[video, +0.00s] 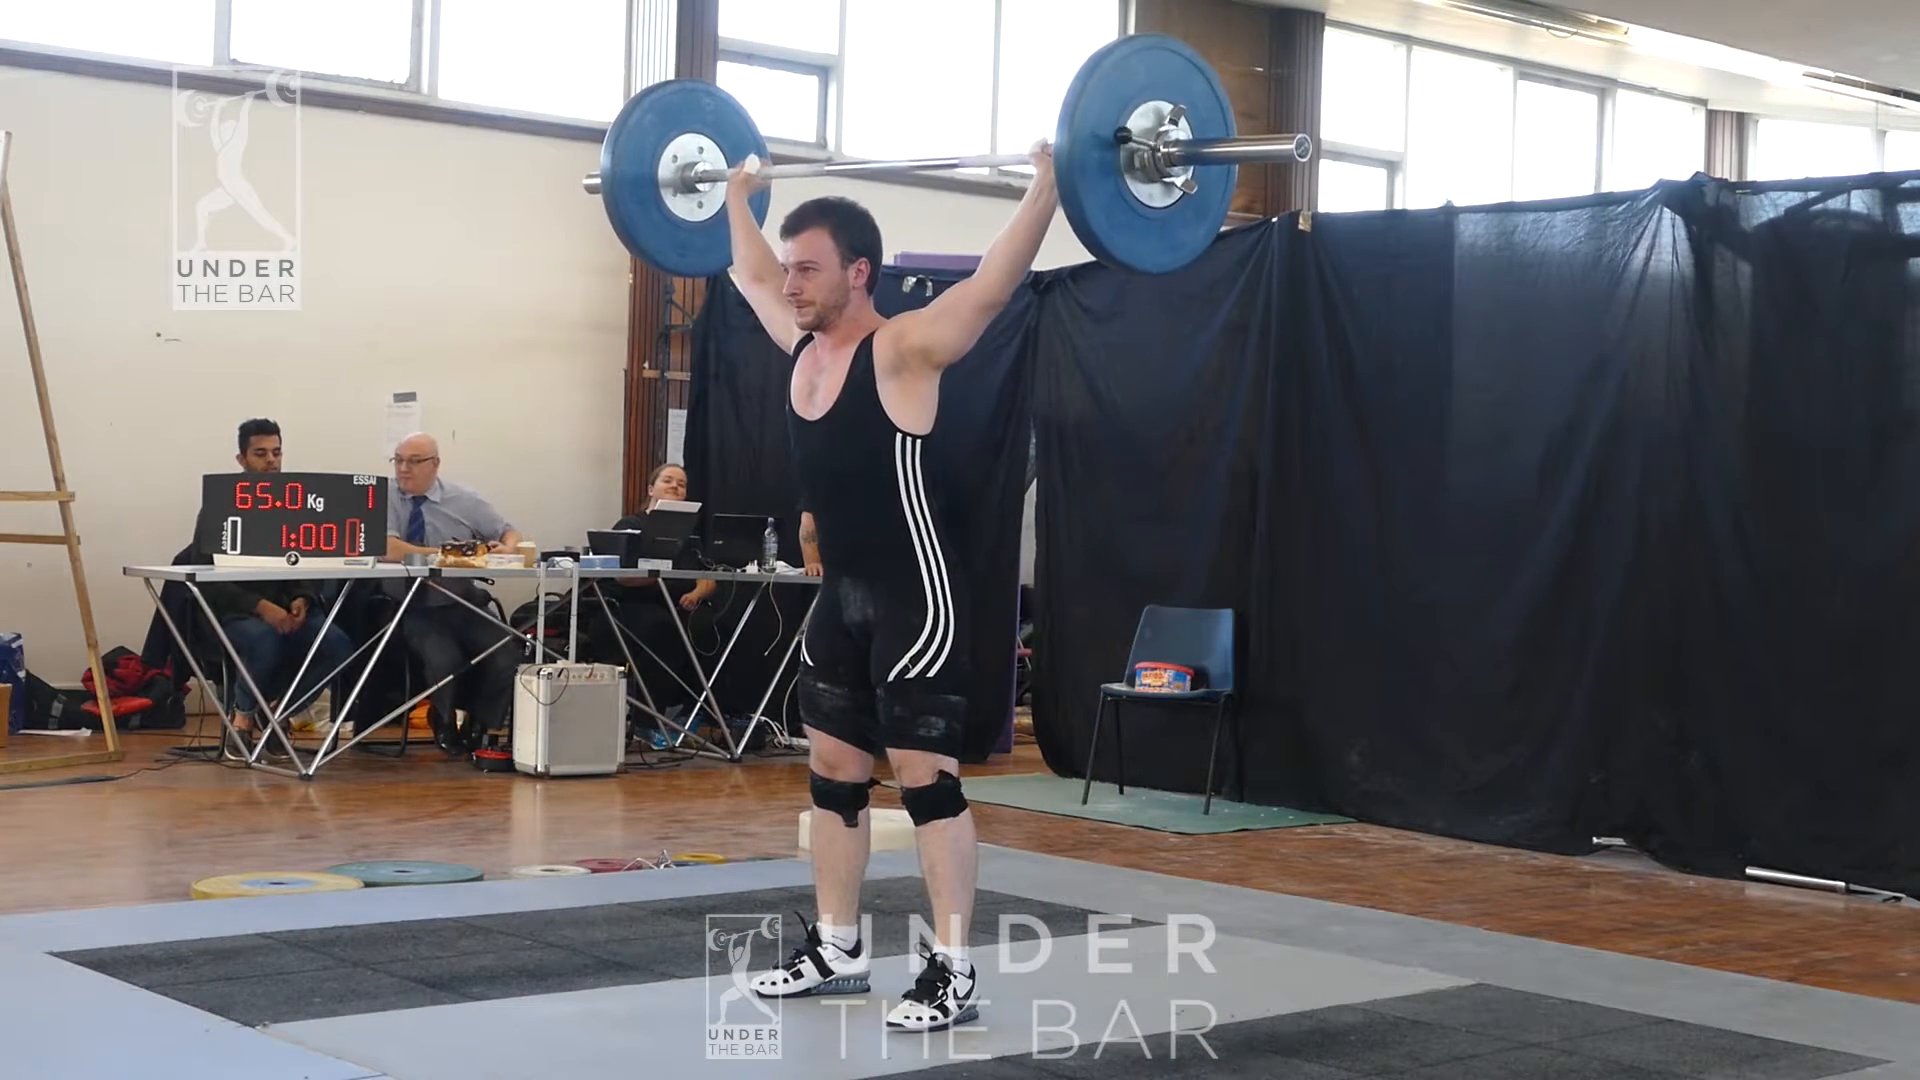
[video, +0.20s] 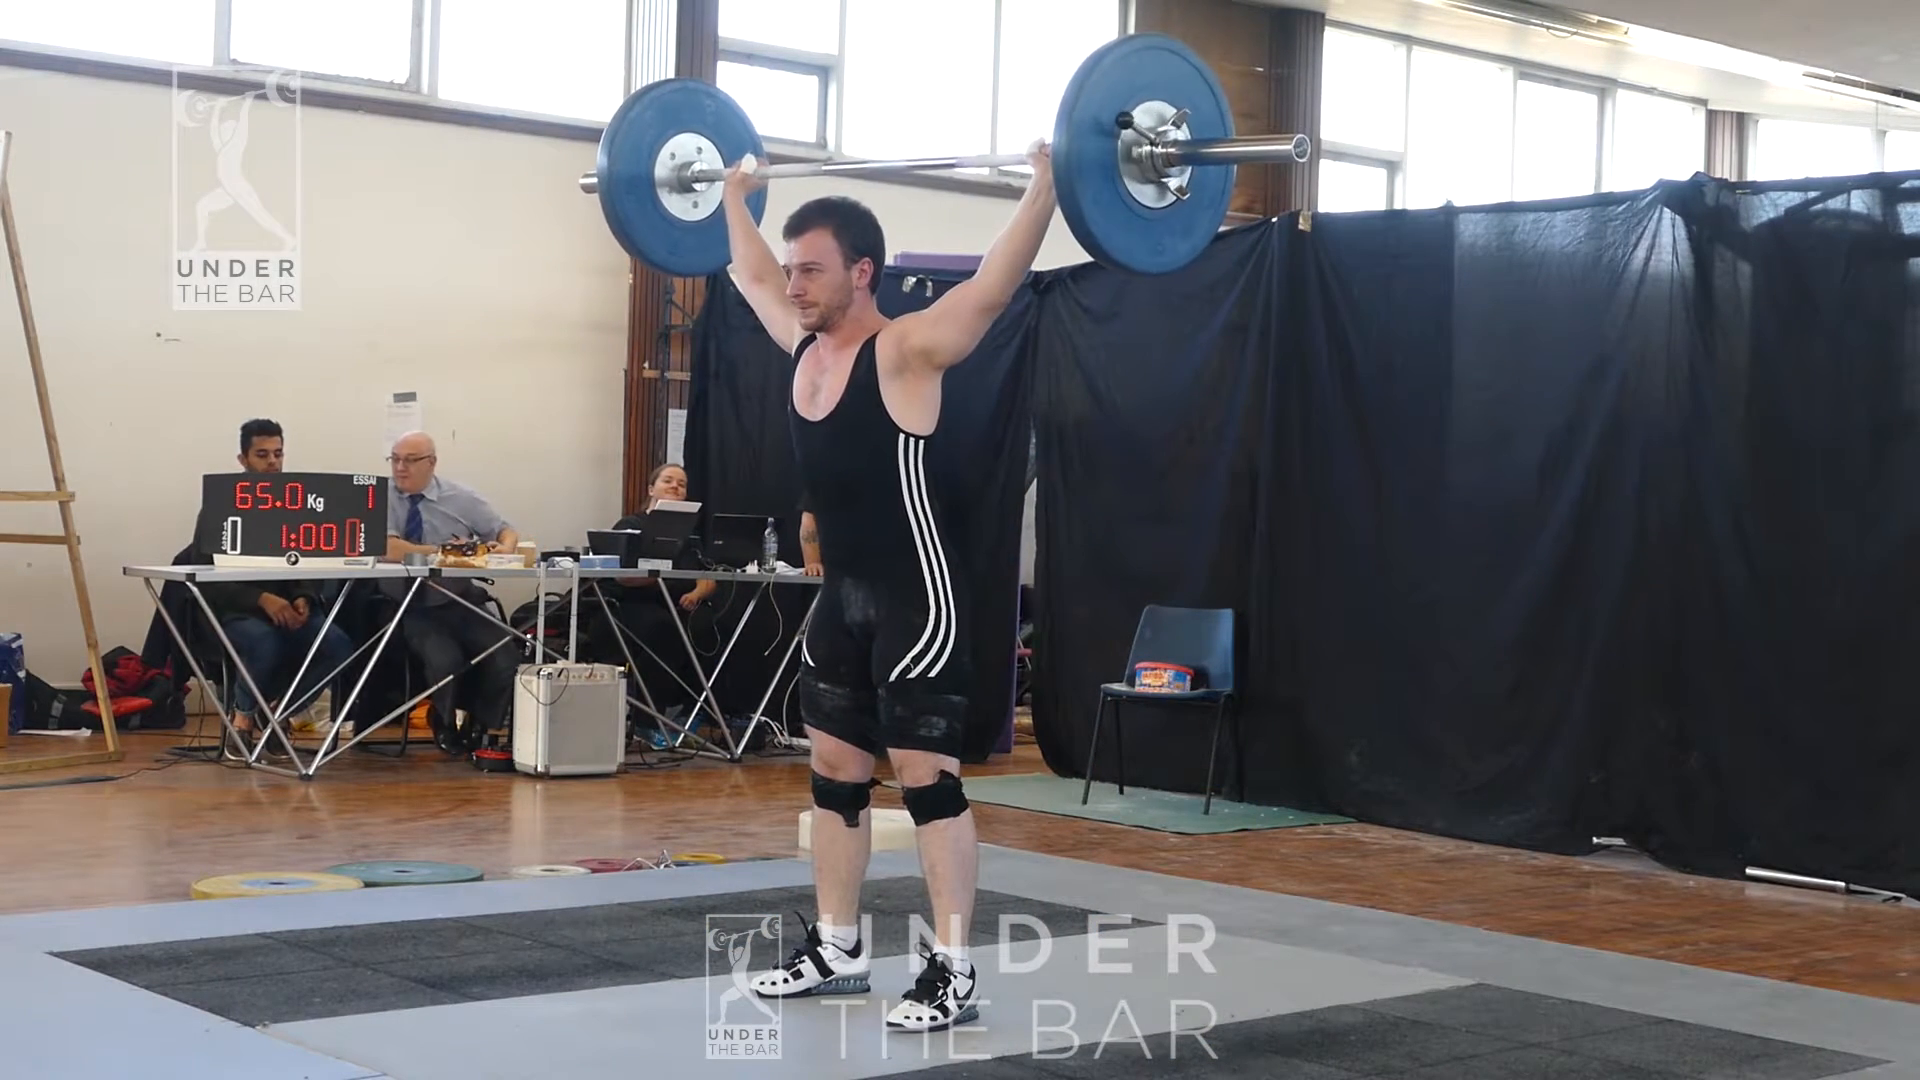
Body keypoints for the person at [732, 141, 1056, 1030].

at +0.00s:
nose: (793, 283)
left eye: (808, 268)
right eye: (789, 270)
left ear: (859, 273)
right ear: (792, 274)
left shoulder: (906, 345)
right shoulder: (807, 348)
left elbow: (989, 284)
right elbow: (755, 276)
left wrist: (1043, 192)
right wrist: (737, 194)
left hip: (919, 596)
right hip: (841, 596)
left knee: (922, 773)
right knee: (835, 767)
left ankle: (950, 969)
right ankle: (838, 951)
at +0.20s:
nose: (796, 285)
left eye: (811, 270)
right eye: (791, 271)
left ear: (863, 272)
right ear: (792, 275)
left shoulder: (908, 346)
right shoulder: (808, 348)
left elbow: (989, 287)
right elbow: (757, 278)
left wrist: (1040, 193)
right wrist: (734, 197)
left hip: (920, 598)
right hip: (842, 597)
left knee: (924, 772)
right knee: (837, 767)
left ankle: (951, 971)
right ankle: (838, 952)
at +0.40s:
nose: (797, 285)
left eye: (812, 270)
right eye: (792, 272)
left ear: (866, 272)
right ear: (796, 279)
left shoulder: (910, 346)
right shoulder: (809, 350)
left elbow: (989, 289)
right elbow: (757, 282)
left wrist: (1035, 194)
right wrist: (729, 199)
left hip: (920, 596)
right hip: (843, 595)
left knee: (924, 773)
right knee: (836, 768)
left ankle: (951, 972)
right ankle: (837, 952)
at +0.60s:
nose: (824, 280)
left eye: (842, 266)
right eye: (821, 267)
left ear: (892, 271)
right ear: (822, 275)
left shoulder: (929, 344)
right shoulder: (825, 346)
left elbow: (992, 273)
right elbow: (758, 280)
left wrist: (1023, 182)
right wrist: (716, 196)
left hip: (934, 595)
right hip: (855, 592)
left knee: (928, 772)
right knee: (842, 765)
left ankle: (950, 971)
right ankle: (838, 952)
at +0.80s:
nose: (913, 282)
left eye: (930, 269)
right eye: (909, 270)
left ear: (980, 275)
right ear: (911, 277)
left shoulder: (1001, 351)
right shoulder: (902, 345)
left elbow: (1029, 323)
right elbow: (799, 305)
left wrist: (1031, 243)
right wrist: (706, 233)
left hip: (985, 601)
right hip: (910, 594)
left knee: (953, 767)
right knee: (863, 756)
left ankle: (952, 969)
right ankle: (838, 947)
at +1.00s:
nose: (959, 289)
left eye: (977, 276)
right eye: (957, 276)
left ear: (1024, 289)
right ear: (959, 287)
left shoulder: (1046, 386)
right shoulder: (934, 385)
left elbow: (1088, 498)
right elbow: (846, 448)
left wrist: (1060, 557)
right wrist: (734, 482)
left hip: (1008, 601)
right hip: (937, 593)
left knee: (966, 768)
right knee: (880, 763)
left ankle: (955, 972)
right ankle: (947, 906)